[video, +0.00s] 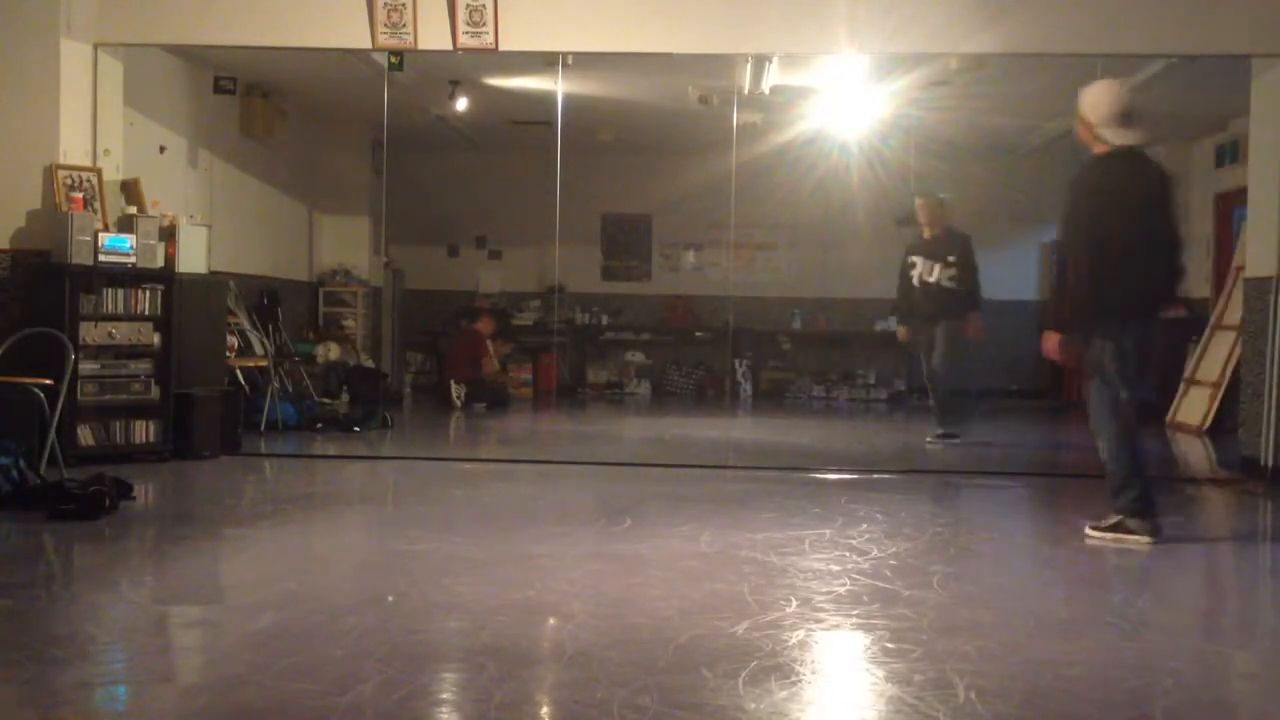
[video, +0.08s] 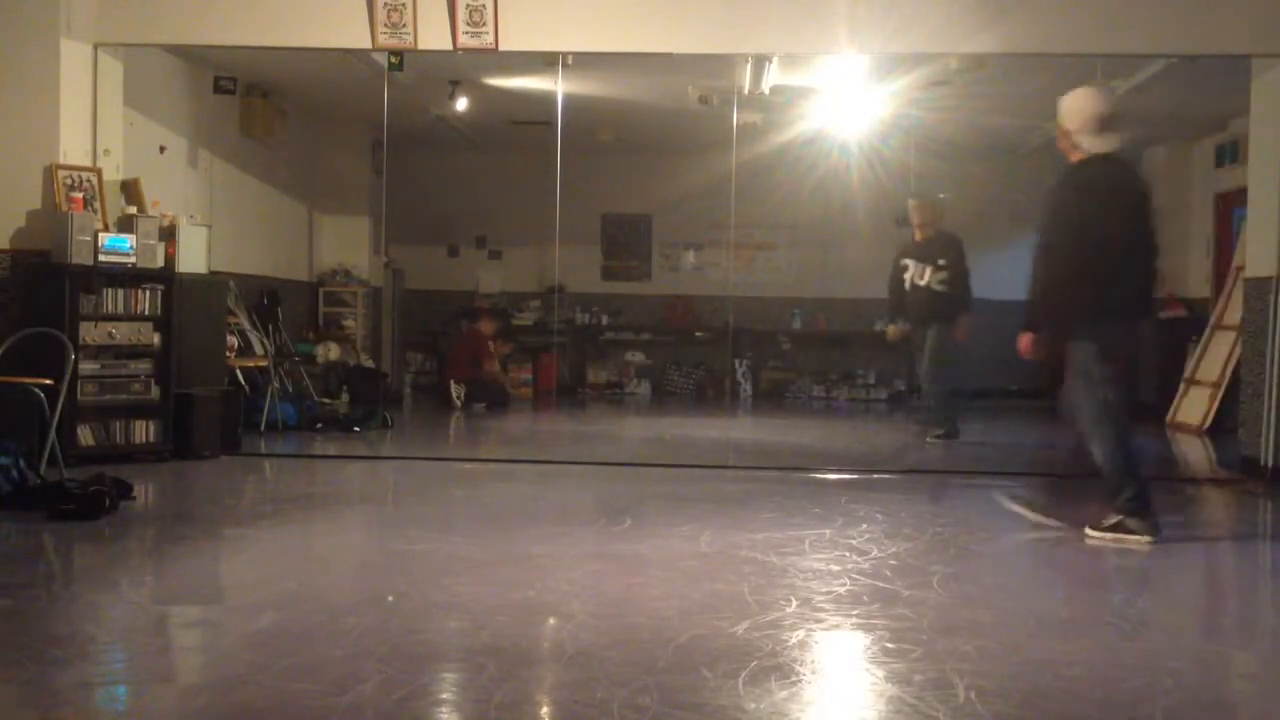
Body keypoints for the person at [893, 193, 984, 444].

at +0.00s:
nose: (923, 214)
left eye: (928, 208)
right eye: (919, 209)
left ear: (941, 210)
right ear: (916, 213)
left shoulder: (960, 243)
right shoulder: (913, 247)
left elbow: (971, 281)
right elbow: (904, 286)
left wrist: (974, 314)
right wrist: (902, 321)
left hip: (950, 314)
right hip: (921, 315)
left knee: (941, 367)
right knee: (930, 369)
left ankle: (949, 424)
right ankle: (942, 425)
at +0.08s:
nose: (917, 217)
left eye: (922, 210)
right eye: (913, 211)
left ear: (935, 213)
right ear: (909, 216)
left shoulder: (950, 244)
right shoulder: (906, 250)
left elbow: (961, 282)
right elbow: (896, 287)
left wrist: (964, 315)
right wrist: (894, 320)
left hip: (943, 316)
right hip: (918, 318)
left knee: (931, 369)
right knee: (924, 370)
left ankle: (945, 424)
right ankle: (938, 421)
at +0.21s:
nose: (905, 222)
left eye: (910, 217)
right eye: (901, 217)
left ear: (922, 219)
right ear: (897, 220)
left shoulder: (935, 247)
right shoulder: (892, 253)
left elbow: (944, 287)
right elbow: (881, 291)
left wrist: (945, 322)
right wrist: (881, 324)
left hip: (926, 318)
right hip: (903, 319)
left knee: (906, 367)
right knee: (920, 374)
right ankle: (946, 423)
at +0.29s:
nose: (891, 219)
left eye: (896, 214)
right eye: (889, 214)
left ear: (910, 217)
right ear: (886, 218)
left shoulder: (925, 249)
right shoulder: (882, 253)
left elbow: (932, 290)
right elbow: (873, 293)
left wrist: (932, 324)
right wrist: (874, 327)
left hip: (911, 321)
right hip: (887, 321)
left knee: (887, 369)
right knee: (913, 375)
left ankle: (877, 425)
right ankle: (941, 418)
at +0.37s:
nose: (884, 220)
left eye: (889, 214)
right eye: (881, 214)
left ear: (900, 216)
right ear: (876, 217)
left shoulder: (912, 249)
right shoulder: (871, 254)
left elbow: (917, 290)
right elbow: (866, 294)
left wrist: (918, 324)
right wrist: (865, 326)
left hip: (902, 320)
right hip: (878, 320)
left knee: (875, 367)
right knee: (903, 371)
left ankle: (873, 426)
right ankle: (929, 404)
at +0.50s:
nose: (870, 219)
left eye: (875, 213)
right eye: (867, 213)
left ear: (885, 216)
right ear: (862, 216)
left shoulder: (892, 245)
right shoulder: (856, 248)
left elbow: (895, 285)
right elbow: (847, 286)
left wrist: (892, 320)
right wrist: (843, 317)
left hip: (879, 317)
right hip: (857, 316)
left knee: (867, 371)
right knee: (848, 369)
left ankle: (870, 427)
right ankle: (890, 400)